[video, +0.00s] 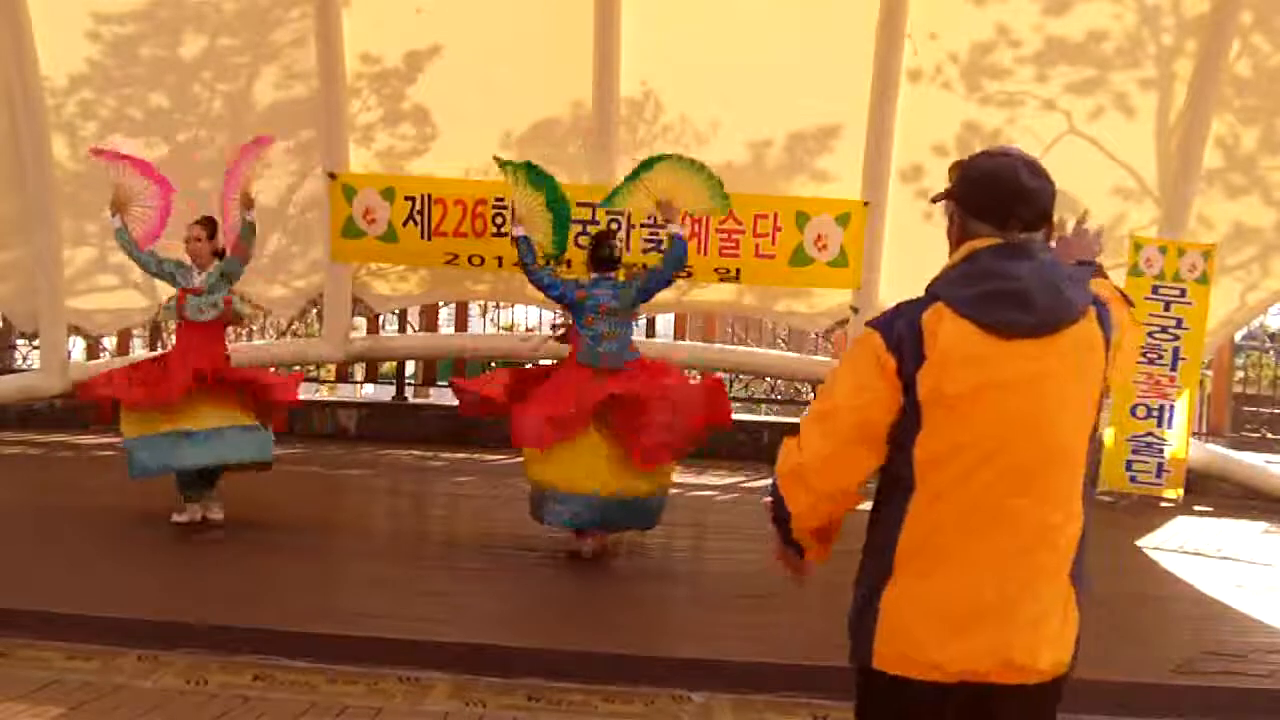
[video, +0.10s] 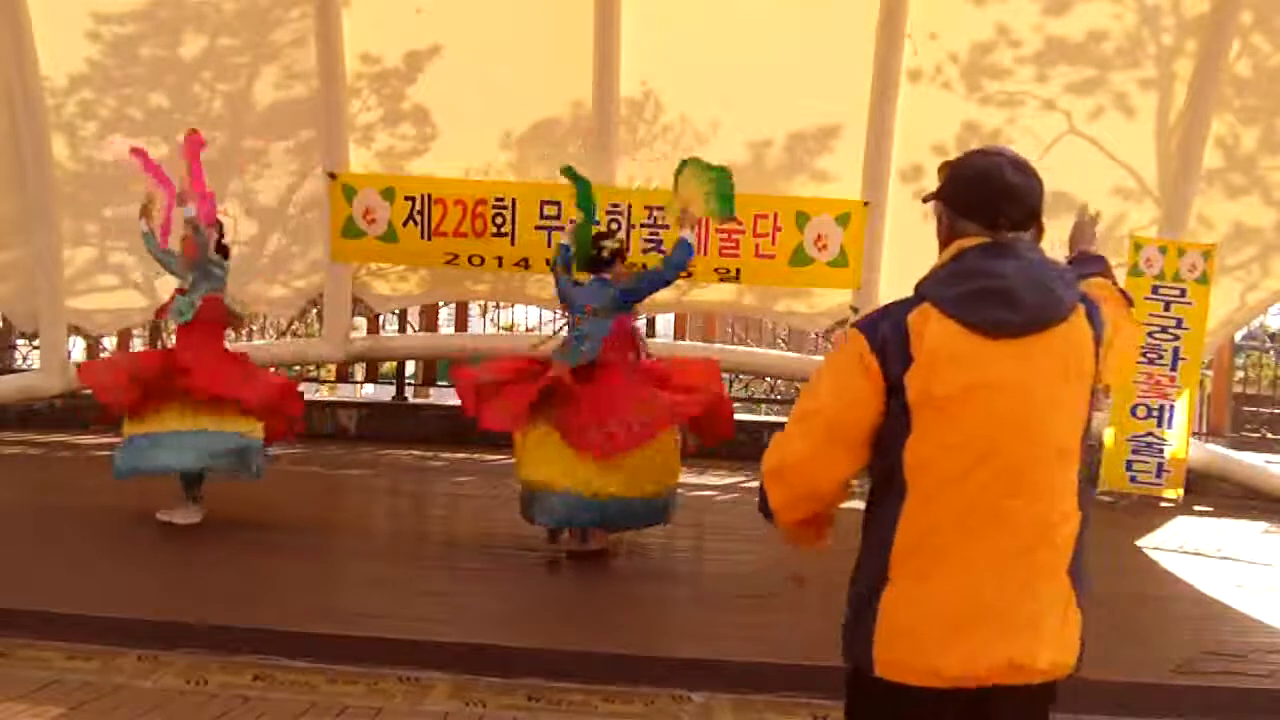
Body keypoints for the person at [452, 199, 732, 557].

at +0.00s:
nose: (615, 259)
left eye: (607, 255)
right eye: (616, 254)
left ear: (588, 260)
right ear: (619, 259)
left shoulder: (575, 293)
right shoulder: (631, 291)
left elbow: (538, 275)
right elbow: (670, 268)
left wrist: (521, 236)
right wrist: (675, 228)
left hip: (582, 372)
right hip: (624, 372)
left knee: (580, 447)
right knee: (614, 449)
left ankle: (583, 529)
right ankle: (600, 529)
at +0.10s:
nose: (627, 266)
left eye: (625, 260)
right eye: (624, 260)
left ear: (586, 262)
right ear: (615, 262)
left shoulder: (572, 292)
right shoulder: (621, 293)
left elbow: (561, 267)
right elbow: (665, 274)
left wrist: (569, 237)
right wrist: (686, 234)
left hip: (574, 372)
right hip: (614, 376)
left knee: (574, 448)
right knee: (604, 449)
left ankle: (573, 525)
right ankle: (594, 528)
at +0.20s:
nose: (626, 268)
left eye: (627, 262)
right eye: (622, 262)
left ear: (613, 264)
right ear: (607, 263)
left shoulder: (608, 291)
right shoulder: (600, 290)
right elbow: (631, 273)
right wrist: (659, 237)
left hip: (605, 372)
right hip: (590, 372)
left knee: (595, 448)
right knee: (585, 447)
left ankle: (589, 526)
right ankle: (581, 529)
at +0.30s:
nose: (630, 271)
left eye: (632, 265)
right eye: (626, 264)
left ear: (628, 268)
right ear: (609, 265)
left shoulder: (626, 296)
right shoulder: (595, 294)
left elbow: (650, 285)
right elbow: (592, 275)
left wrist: (677, 258)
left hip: (625, 375)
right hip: (593, 374)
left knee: (621, 445)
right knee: (590, 446)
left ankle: (616, 523)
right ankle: (586, 525)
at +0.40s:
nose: (624, 270)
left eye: (629, 264)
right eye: (618, 263)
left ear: (633, 267)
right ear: (600, 264)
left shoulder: (634, 297)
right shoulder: (589, 291)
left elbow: (673, 293)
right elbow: (556, 280)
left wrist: (704, 266)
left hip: (629, 377)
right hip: (591, 374)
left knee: (623, 446)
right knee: (590, 443)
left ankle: (613, 523)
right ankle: (582, 518)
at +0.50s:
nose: (615, 267)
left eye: (621, 262)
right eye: (610, 261)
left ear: (629, 265)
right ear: (598, 263)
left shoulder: (637, 296)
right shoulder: (583, 291)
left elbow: (676, 300)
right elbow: (543, 289)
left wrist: (702, 273)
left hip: (630, 378)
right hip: (586, 377)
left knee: (621, 453)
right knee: (585, 450)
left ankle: (611, 533)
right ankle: (583, 532)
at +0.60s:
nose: (608, 268)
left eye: (614, 263)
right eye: (603, 263)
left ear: (626, 266)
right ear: (595, 264)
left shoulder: (636, 296)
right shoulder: (582, 291)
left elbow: (667, 306)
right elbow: (541, 301)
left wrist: (678, 284)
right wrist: (497, 302)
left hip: (625, 377)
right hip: (585, 376)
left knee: (618, 452)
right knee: (587, 451)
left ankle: (609, 528)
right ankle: (586, 527)